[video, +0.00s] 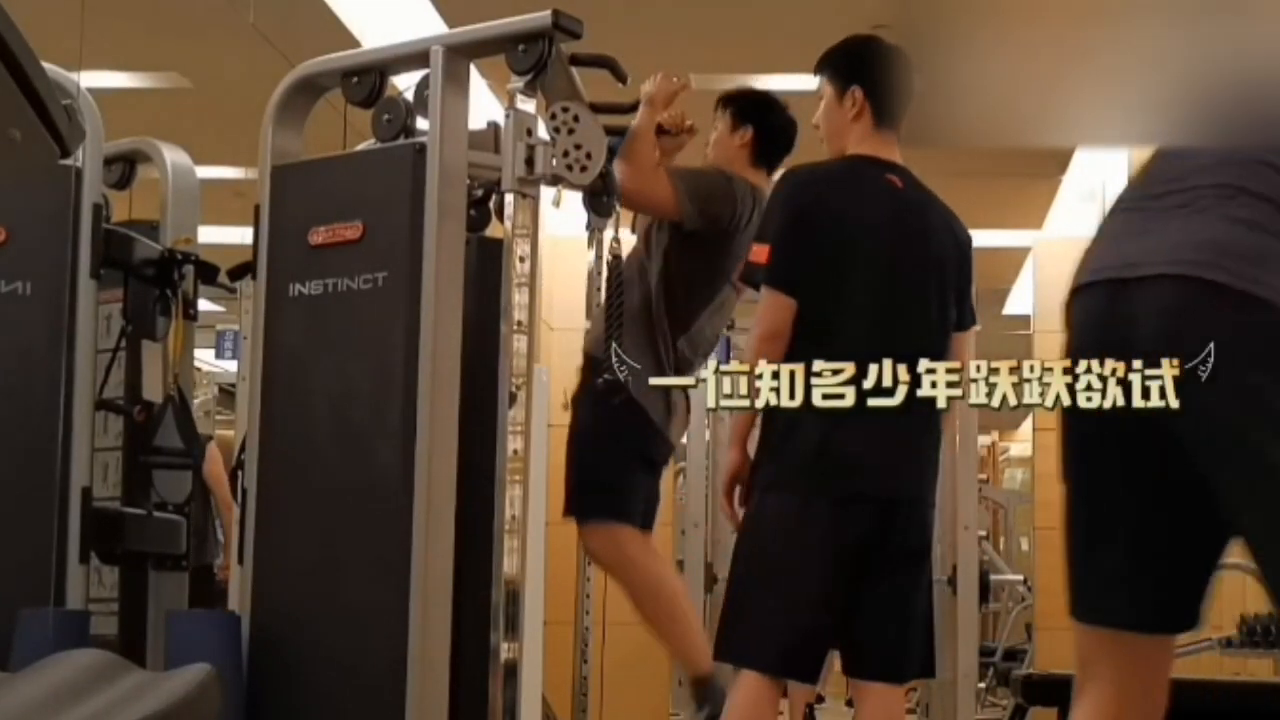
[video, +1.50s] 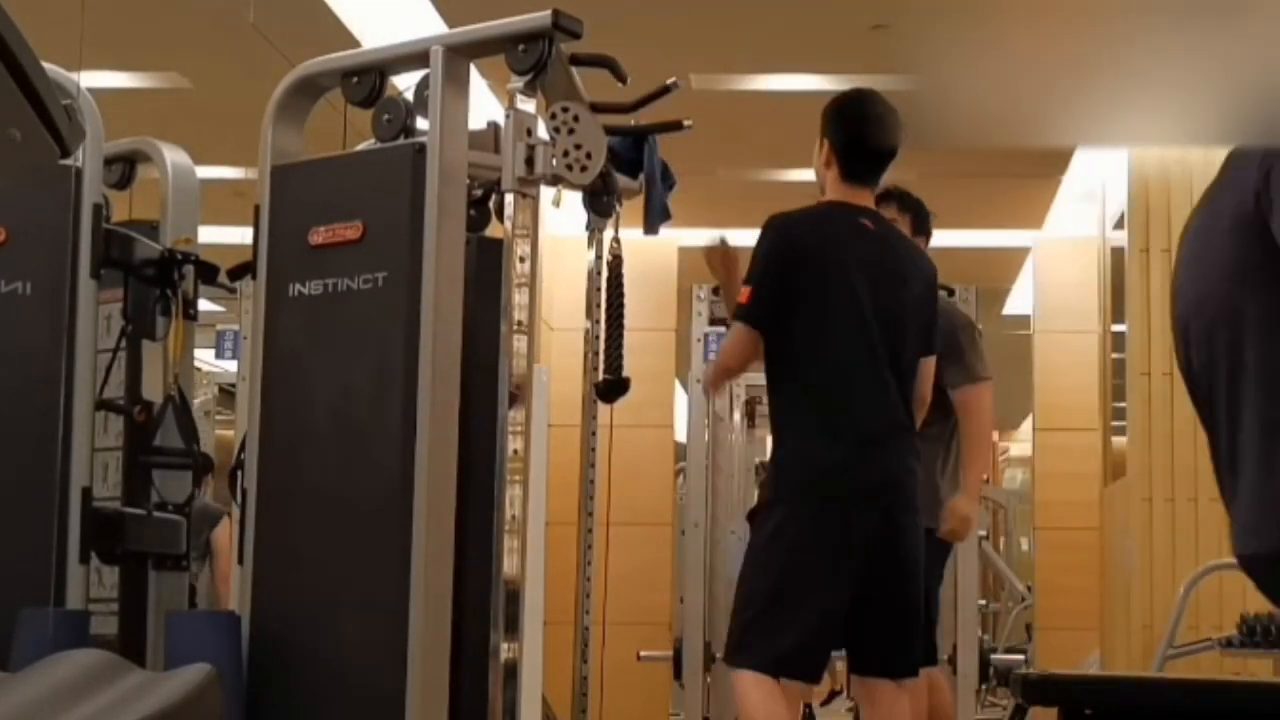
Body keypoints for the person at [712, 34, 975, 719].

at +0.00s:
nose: (816, 116)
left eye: (822, 99)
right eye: (818, 100)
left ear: (854, 102)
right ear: (886, 108)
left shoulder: (808, 189)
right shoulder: (947, 227)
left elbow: (774, 333)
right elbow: (957, 367)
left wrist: (740, 440)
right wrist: (903, 437)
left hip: (806, 474)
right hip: (903, 482)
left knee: (761, 667)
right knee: (882, 677)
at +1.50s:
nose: (817, 154)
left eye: (819, 144)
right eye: (820, 145)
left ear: (825, 153)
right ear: (891, 162)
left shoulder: (789, 233)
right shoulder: (917, 263)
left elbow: (737, 353)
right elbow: (919, 399)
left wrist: (713, 377)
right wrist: (885, 450)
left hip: (807, 484)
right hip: (894, 491)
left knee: (759, 666)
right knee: (888, 671)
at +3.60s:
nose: (670, 259)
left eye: (683, 257)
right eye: (678, 254)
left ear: (692, 291)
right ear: (689, 293)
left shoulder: (660, 329)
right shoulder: (654, 329)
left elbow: (643, 211)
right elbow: (643, 216)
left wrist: (645, 122)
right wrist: (657, 131)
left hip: (620, 542)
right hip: (630, 540)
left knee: (596, 702)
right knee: (632, 682)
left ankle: (722, 714)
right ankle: (733, 710)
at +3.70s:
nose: (679, 253)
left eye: (692, 253)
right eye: (690, 249)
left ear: (703, 281)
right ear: (705, 287)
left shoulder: (666, 319)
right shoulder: (665, 321)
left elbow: (639, 205)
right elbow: (645, 217)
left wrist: (646, 123)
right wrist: (655, 138)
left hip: (608, 532)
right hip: (620, 528)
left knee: (574, 692)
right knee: (617, 670)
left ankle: (685, 715)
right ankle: (722, 696)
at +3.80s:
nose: (691, 249)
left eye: (703, 247)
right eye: (700, 246)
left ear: (716, 276)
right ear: (715, 279)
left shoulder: (681, 316)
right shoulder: (676, 316)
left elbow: (640, 211)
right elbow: (649, 216)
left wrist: (646, 123)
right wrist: (657, 136)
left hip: (597, 510)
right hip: (607, 508)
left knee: (557, 670)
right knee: (608, 653)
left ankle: (676, 715)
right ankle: (716, 674)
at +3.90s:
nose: (698, 242)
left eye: (711, 239)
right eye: (708, 236)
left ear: (727, 264)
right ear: (729, 268)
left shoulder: (689, 307)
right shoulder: (688, 307)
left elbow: (639, 212)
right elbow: (647, 217)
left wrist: (646, 125)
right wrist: (656, 137)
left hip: (589, 486)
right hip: (600, 485)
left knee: (546, 649)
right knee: (600, 629)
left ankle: (683, 710)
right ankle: (701, 657)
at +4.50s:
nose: (719, 117)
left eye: (729, 106)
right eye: (726, 105)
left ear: (753, 119)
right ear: (767, 128)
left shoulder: (733, 180)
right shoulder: (754, 197)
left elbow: (640, 187)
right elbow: (649, 208)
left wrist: (645, 119)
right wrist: (658, 145)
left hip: (620, 332)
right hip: (643, 345)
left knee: (535, 472)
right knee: (581, 481)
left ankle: (617, 572)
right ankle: (655, 528)